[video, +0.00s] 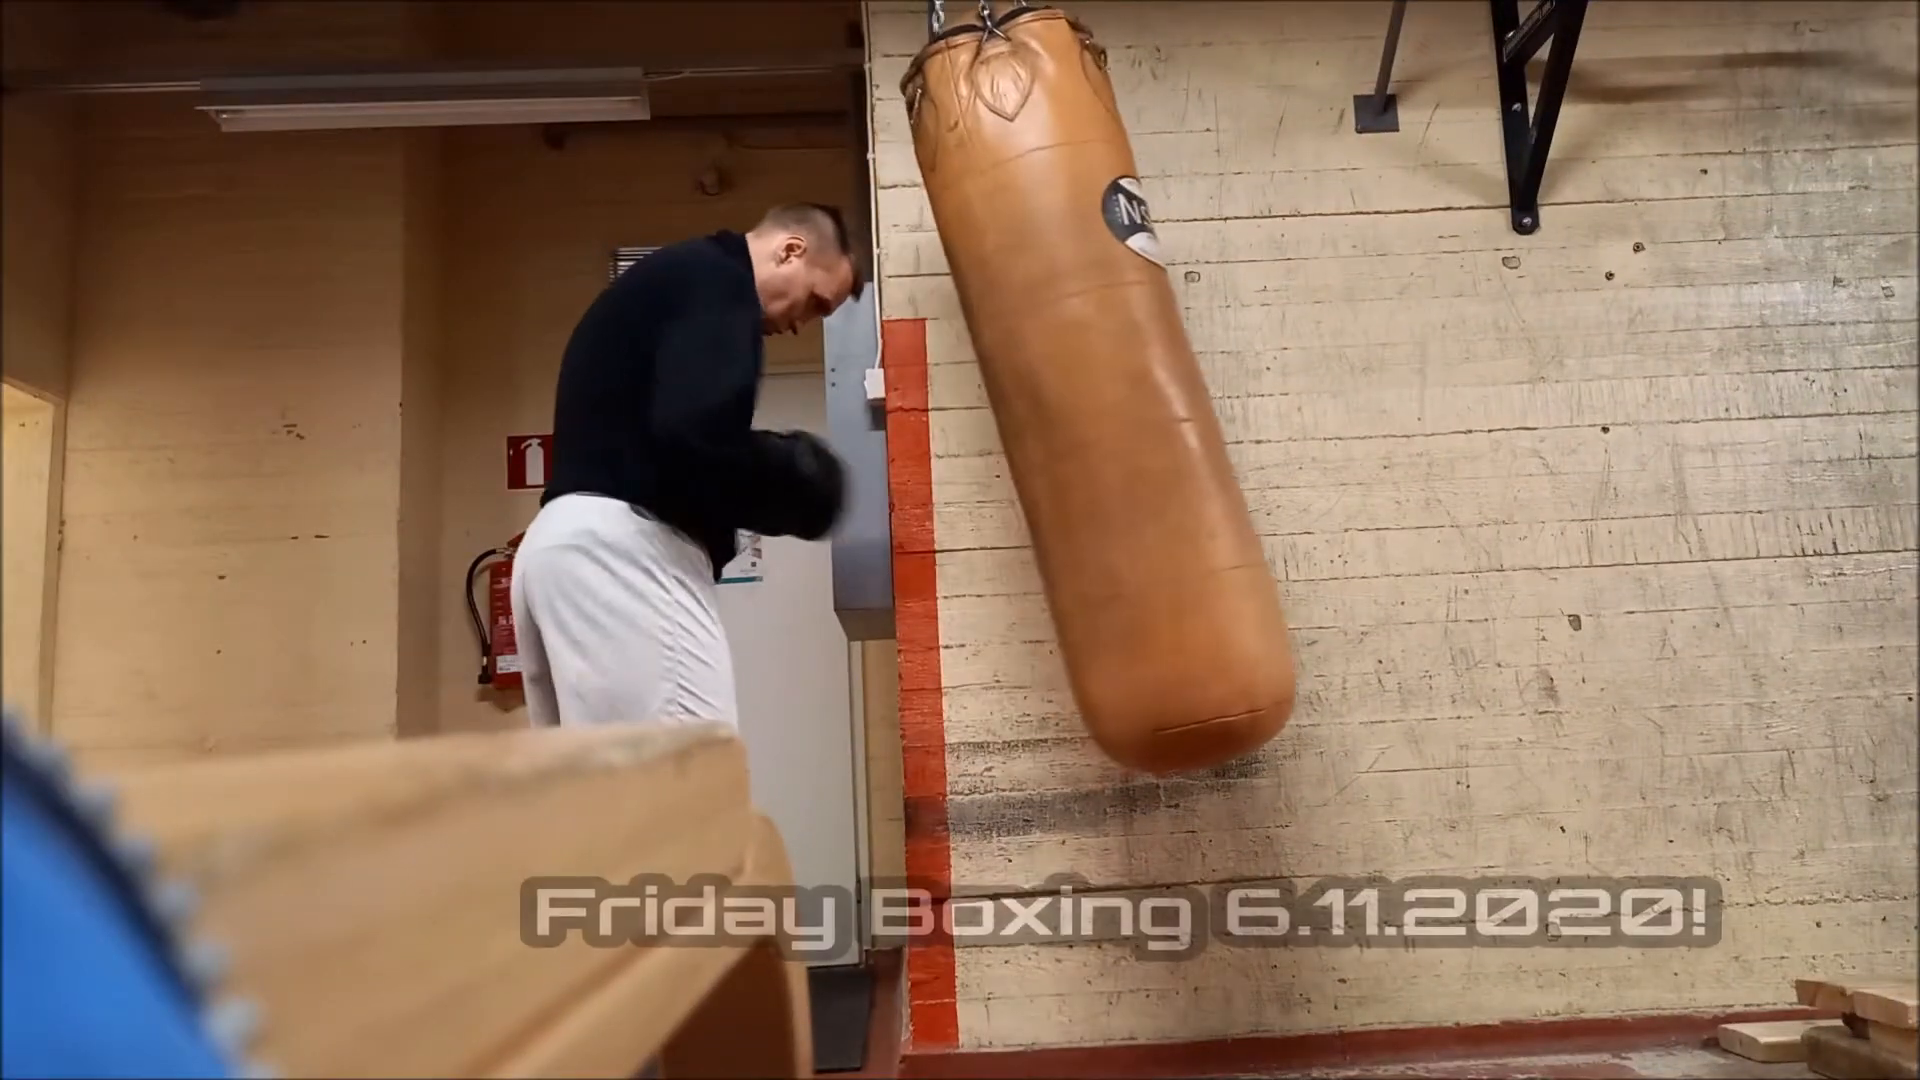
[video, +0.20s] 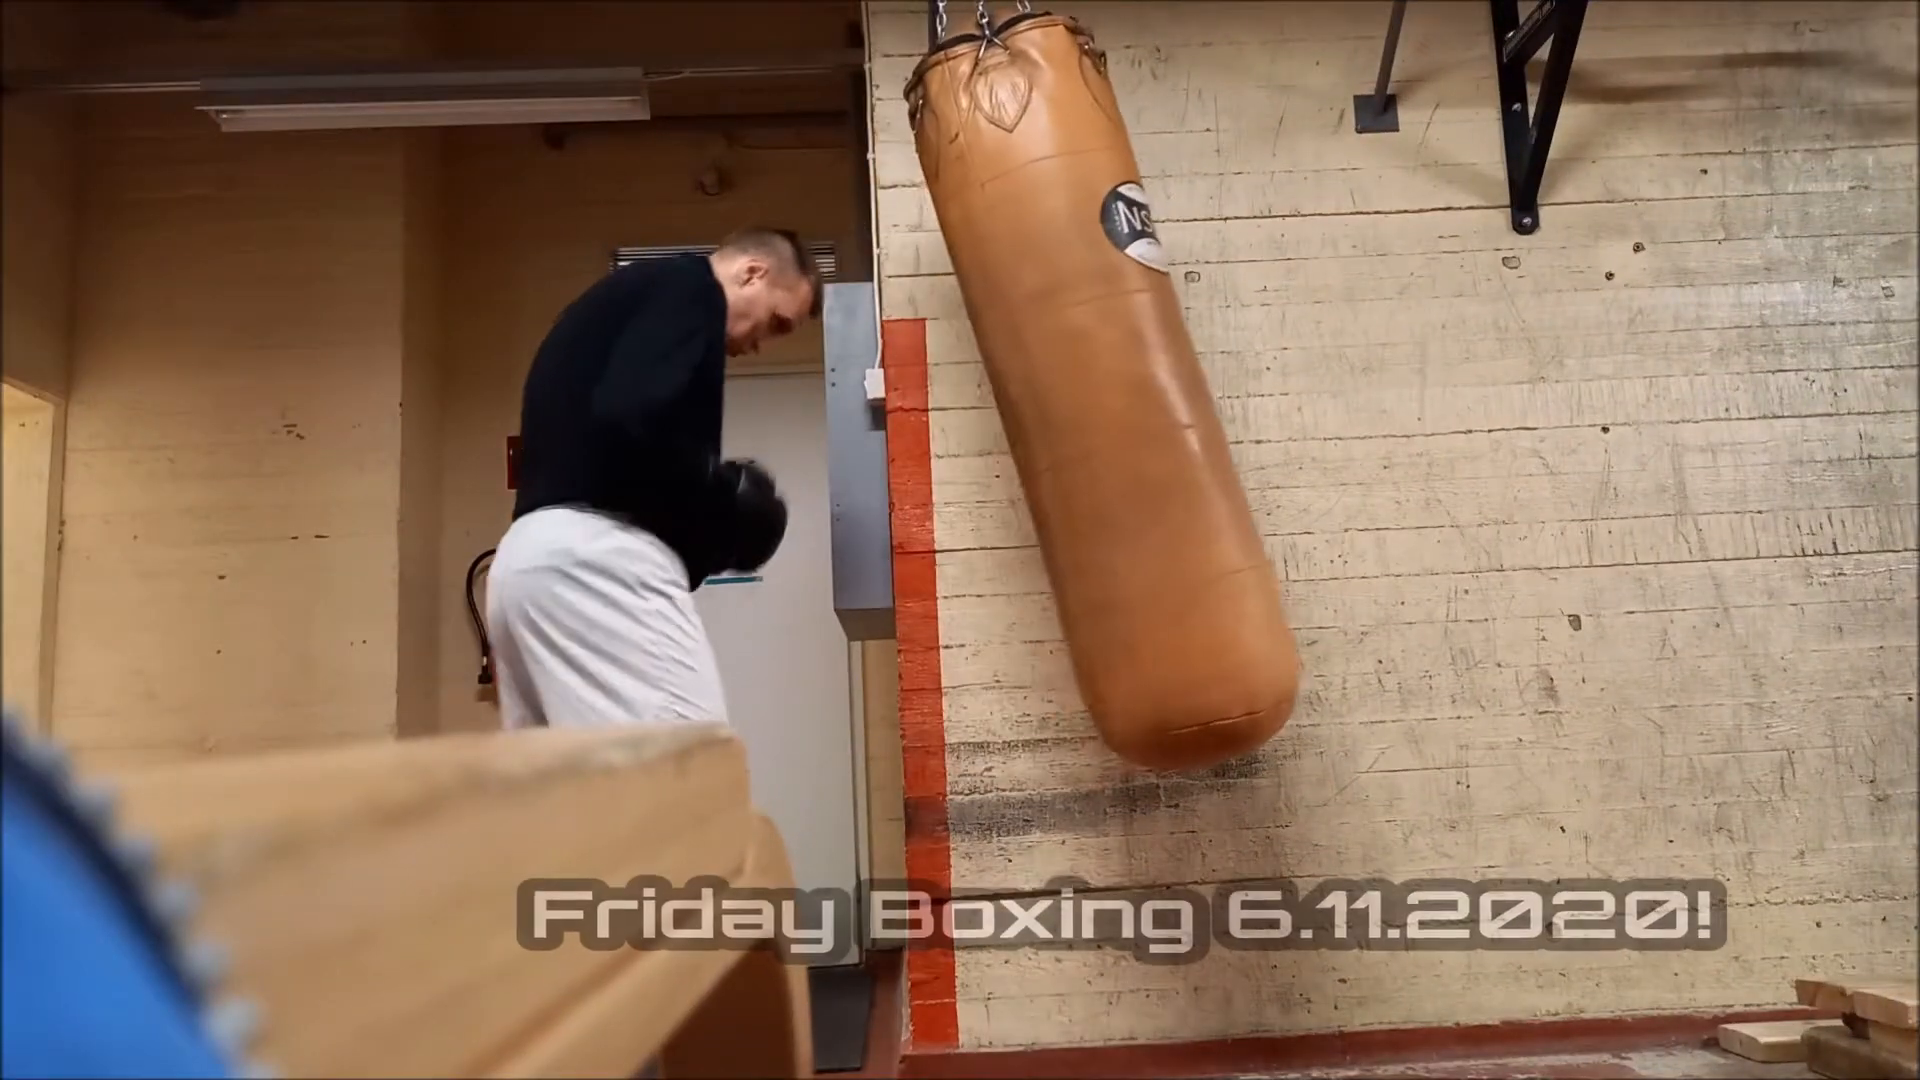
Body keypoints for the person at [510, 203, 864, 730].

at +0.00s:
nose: (800, 325)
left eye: (817, 315)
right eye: (814, 302)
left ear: (788, 248)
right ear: (791, 250)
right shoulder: (716, 281)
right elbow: (696, 444)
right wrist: (802, 473)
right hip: (620, 548)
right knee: (688, 801)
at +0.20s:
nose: (761, 344)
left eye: (777, 334)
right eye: (775, 322)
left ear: (751, 272)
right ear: (752, 274)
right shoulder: (688, 293)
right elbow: (637, 420)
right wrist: (723, 510)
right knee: (693, 788)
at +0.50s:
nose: (759, 336)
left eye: (774, 326)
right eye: (770, 312)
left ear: (741, 263)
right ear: (744, 263)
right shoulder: (631, 287)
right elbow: (598, 443)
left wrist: (703, 545)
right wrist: (713, 423)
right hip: (570, 569)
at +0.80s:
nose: (780, 358)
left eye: (797, 347)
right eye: (793, 338)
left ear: (770, 282)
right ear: (773, 286)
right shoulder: (700, 308)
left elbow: (684, 481)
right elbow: (695, 466)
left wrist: (803, 460)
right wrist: (820, 473)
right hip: (588, 563)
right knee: (653, 798)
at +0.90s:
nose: (782, 356)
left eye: (800, 346)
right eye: (798, 333)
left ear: (775, 279)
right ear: (780, 282)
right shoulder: (691, 303)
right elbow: (692, 461)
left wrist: (797, 453)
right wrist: (814, 461)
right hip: (591, 563)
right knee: (660, 788)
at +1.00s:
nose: (786, 353)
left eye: (804, 344)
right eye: (802, 332)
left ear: (779, 279)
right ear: (783, 281)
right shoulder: (668, 293)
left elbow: (705, 501)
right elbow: (603, 439)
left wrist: (822, 482)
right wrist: (745, 454)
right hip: (596, 561)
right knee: (661, 806)